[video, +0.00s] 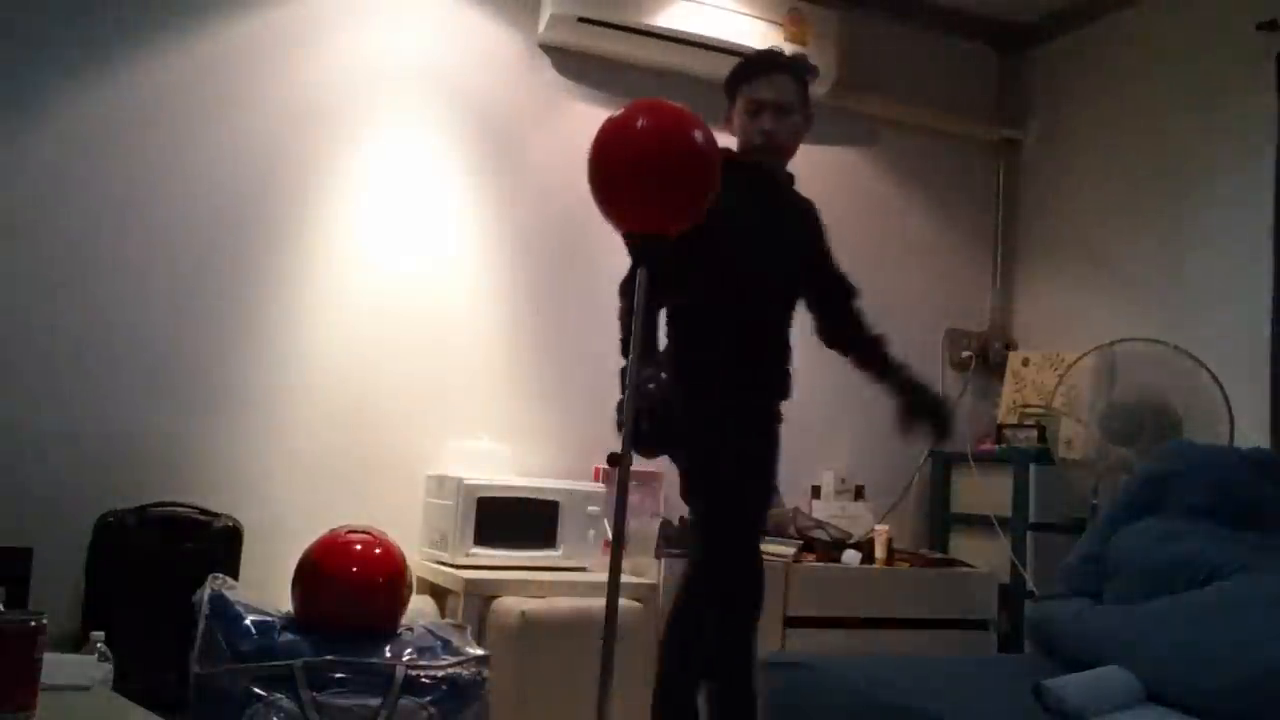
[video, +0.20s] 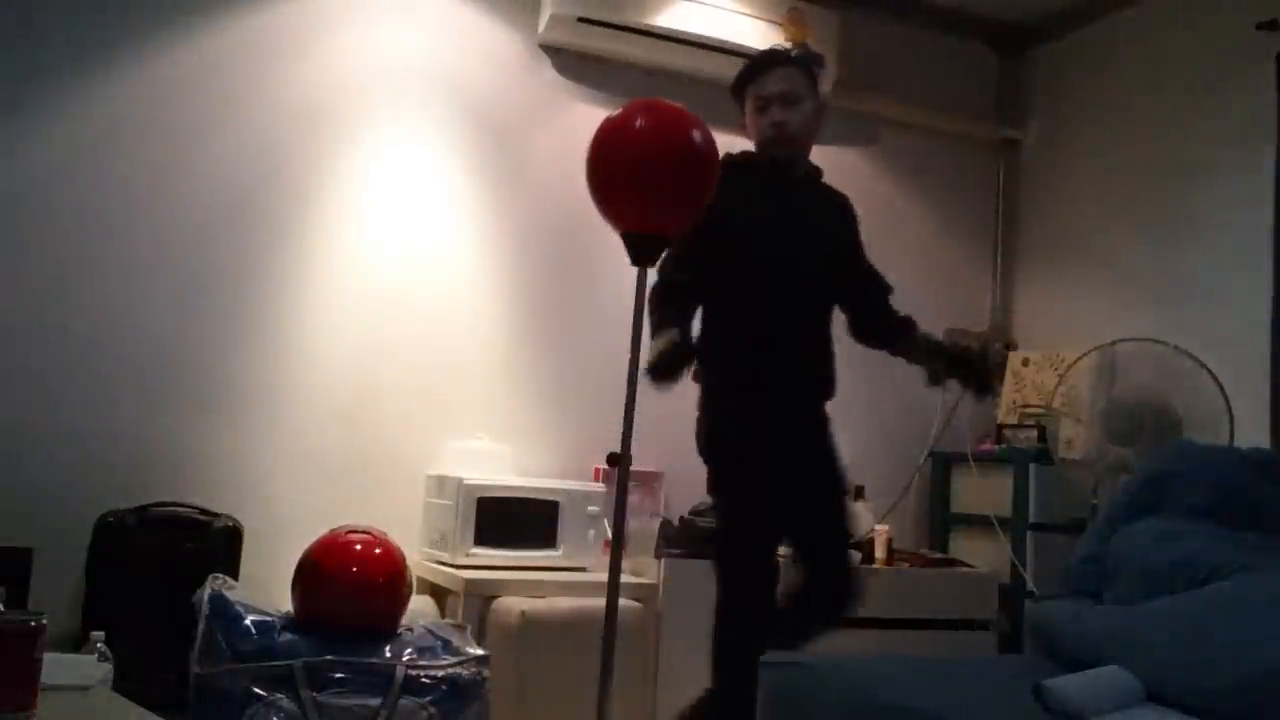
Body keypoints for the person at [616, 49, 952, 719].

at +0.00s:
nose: (770, 125)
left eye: (786, 113)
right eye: (756, 109)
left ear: (806, 126)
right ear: (731, 115)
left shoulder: (797, 215)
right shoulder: (692, 189)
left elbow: (837, 319)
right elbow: (642, 288)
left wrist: (904, 385)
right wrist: (640, 374)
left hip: (754, 405)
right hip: (690, 397)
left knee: (718, 571)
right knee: (736, 576)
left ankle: (673, 705)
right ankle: (732, 709)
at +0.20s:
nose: (775, 115)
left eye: (790, 101)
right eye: (761, 104)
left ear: (818, 113)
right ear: (744, 117)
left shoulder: (830, 209)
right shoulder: (719, 188)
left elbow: (868, 314)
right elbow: (674, 285)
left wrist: (938, 354)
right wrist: (671, 336)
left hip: (801, 409)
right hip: (733, 406)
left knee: (832, 586)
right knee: (746, 590)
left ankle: (737, 659)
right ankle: (731, 709)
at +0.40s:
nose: (794, 111)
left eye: (809, 96)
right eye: (781, 100)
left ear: (840, 105)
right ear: (768, 115)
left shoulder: (868, 198)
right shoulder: (746, 196)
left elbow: (889, 296)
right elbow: (688, 297)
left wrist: (913, 357)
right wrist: (673, 231)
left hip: (854, 414)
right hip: (772, 415)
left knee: (911, 580)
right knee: (760, 592)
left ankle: (851, 707)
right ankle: (743, 717)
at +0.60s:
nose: (842, 117)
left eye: (858, 101)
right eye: (829, 105)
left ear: (894, 109)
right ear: (817, 118)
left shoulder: (929, 202)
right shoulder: (801, 198)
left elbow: (955, 305)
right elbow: (721, 283)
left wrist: (974, 380)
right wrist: (731, 232)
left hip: (904, 411)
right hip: (817, 412)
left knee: (939, 586)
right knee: (786, 588)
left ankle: (972, 716)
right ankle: (752, 715)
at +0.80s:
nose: (908, 117)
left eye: (923, 101)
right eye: (893, 106)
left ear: (954, 108)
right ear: (878, 120)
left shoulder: (989, 201)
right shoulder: (857, 198)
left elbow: (1024, 293)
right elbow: (773, 268)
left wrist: (1033, 359)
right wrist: (742, 241)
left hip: (960, 412)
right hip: (870, 413)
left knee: (964, 586)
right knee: (831, 579)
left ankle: (971, 707)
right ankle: (805, 705)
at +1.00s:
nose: (923, 121)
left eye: (938, 104)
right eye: (910, 111)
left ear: (976, 109)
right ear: (899, 124)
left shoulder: (1017, 199)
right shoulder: (886, 195)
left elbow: (1053, 286)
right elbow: (810, 223)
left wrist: (1062, 356)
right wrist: (751, 211)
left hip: (994, 419)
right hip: (904, 418)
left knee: (989, 594)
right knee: (861, 585)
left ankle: (990, 712)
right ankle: (829, 710)